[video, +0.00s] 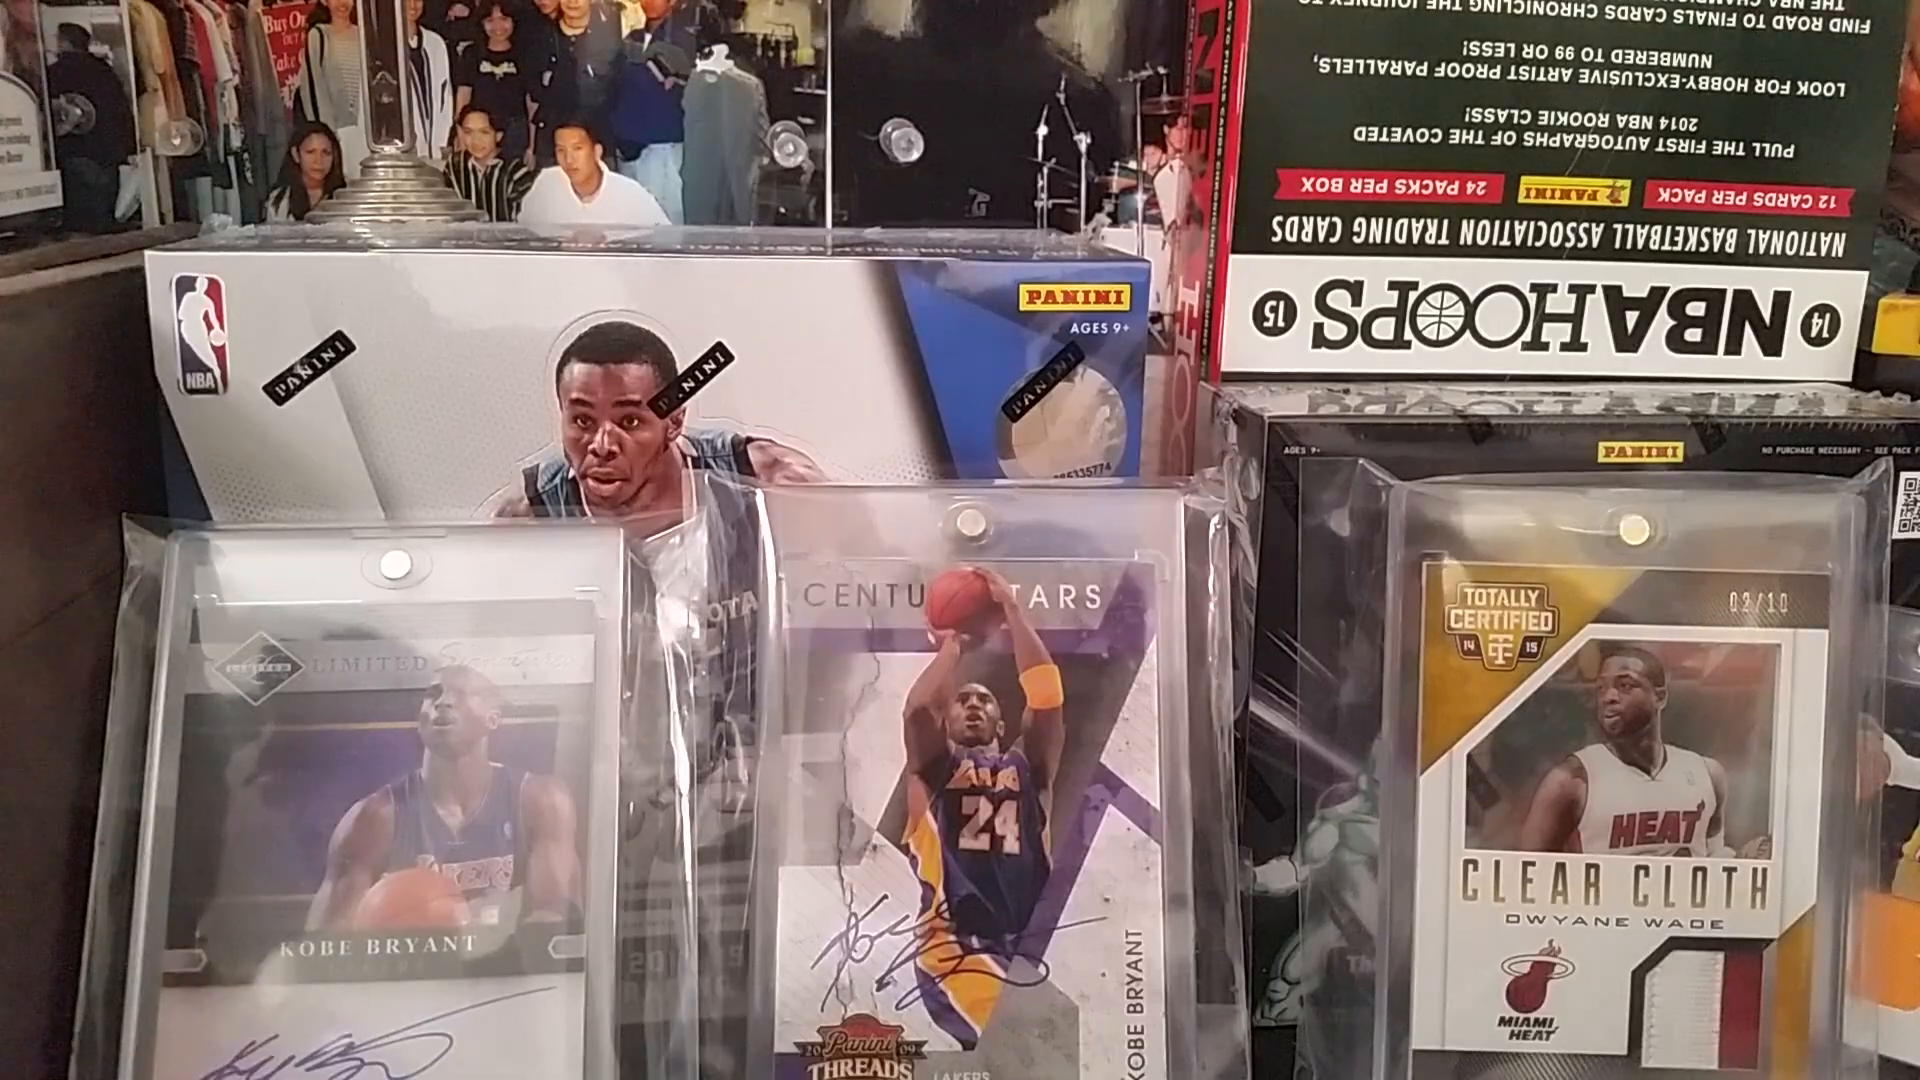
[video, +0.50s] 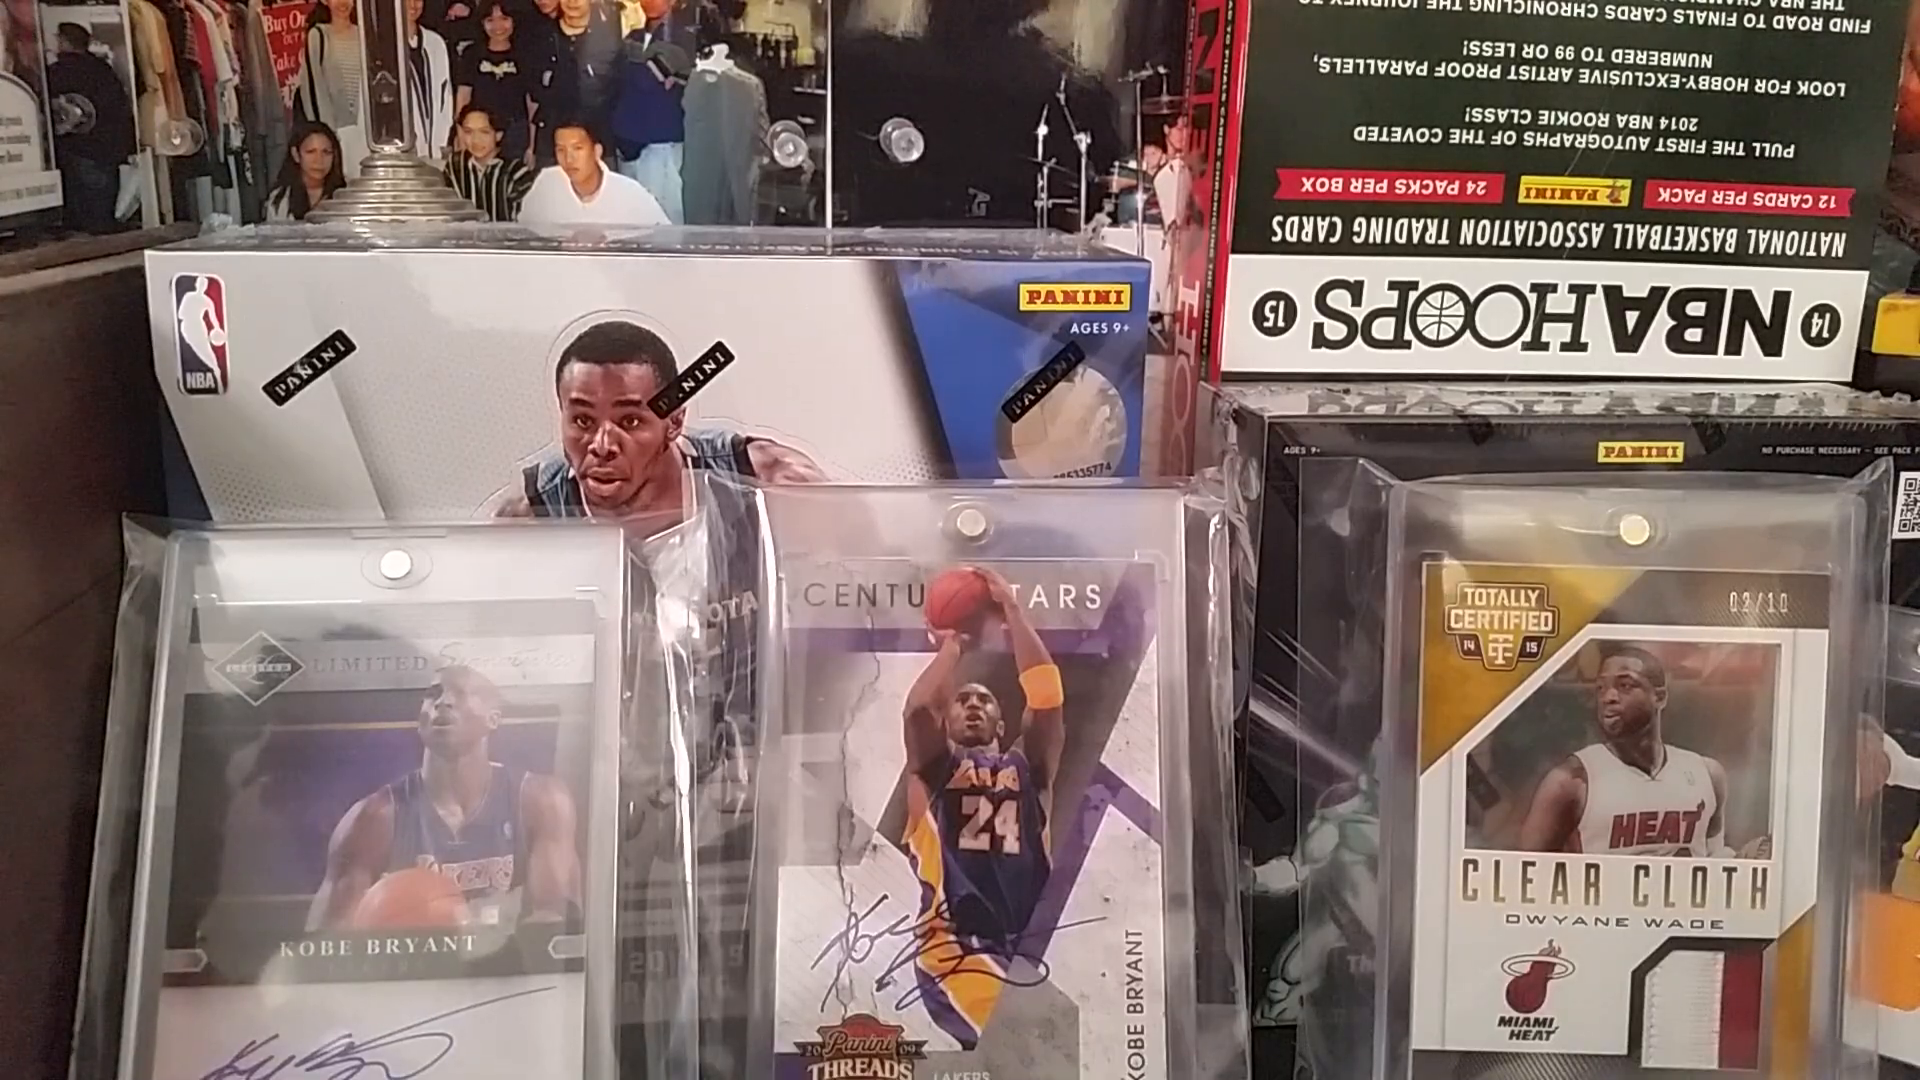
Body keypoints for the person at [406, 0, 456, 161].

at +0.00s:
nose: (413, 6)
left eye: (417, 1)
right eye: (408, 1)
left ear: (423, 4)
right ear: (397, 5)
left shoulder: (436, 43)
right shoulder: (388, 44)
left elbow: (446, 95)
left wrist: (442, 142)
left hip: (436, 145)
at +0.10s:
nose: (414, 6)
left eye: (417, 1)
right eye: (408, 1)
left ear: (423, 4)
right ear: (396, 5)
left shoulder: (436, 43)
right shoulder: (388, 44)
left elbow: (446, 94)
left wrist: (442, 142)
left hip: (436, 145)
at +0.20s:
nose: (414, 6)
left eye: (417, 1)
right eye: (408, 1)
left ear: (423, 4)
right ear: (396, 5)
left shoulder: (437, 43)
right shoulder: (388, 44)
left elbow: (446, 95)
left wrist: (442, 143)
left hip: (436, 146)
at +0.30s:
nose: (414, 6)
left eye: (417, 1)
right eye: (408, 1)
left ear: (423, 4)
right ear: (396, 5)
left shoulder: (437, 43)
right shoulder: (388, 44)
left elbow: (446, 95)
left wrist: (441, 143)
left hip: (436, 145)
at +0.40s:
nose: (414, 6)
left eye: (417, 1)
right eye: (408, 1)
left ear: (423, 4)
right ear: (396, 5)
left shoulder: (437, 43)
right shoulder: (388, 44)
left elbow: (446, 94)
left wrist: (442, 142)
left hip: (437, 145)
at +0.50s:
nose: (414, 5)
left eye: (417, 0)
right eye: (408, 1)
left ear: (423, 4)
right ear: (397, 4)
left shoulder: (436, 42)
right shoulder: (388, 43)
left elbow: (446, 94)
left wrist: (442, 142)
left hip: (436, 144)